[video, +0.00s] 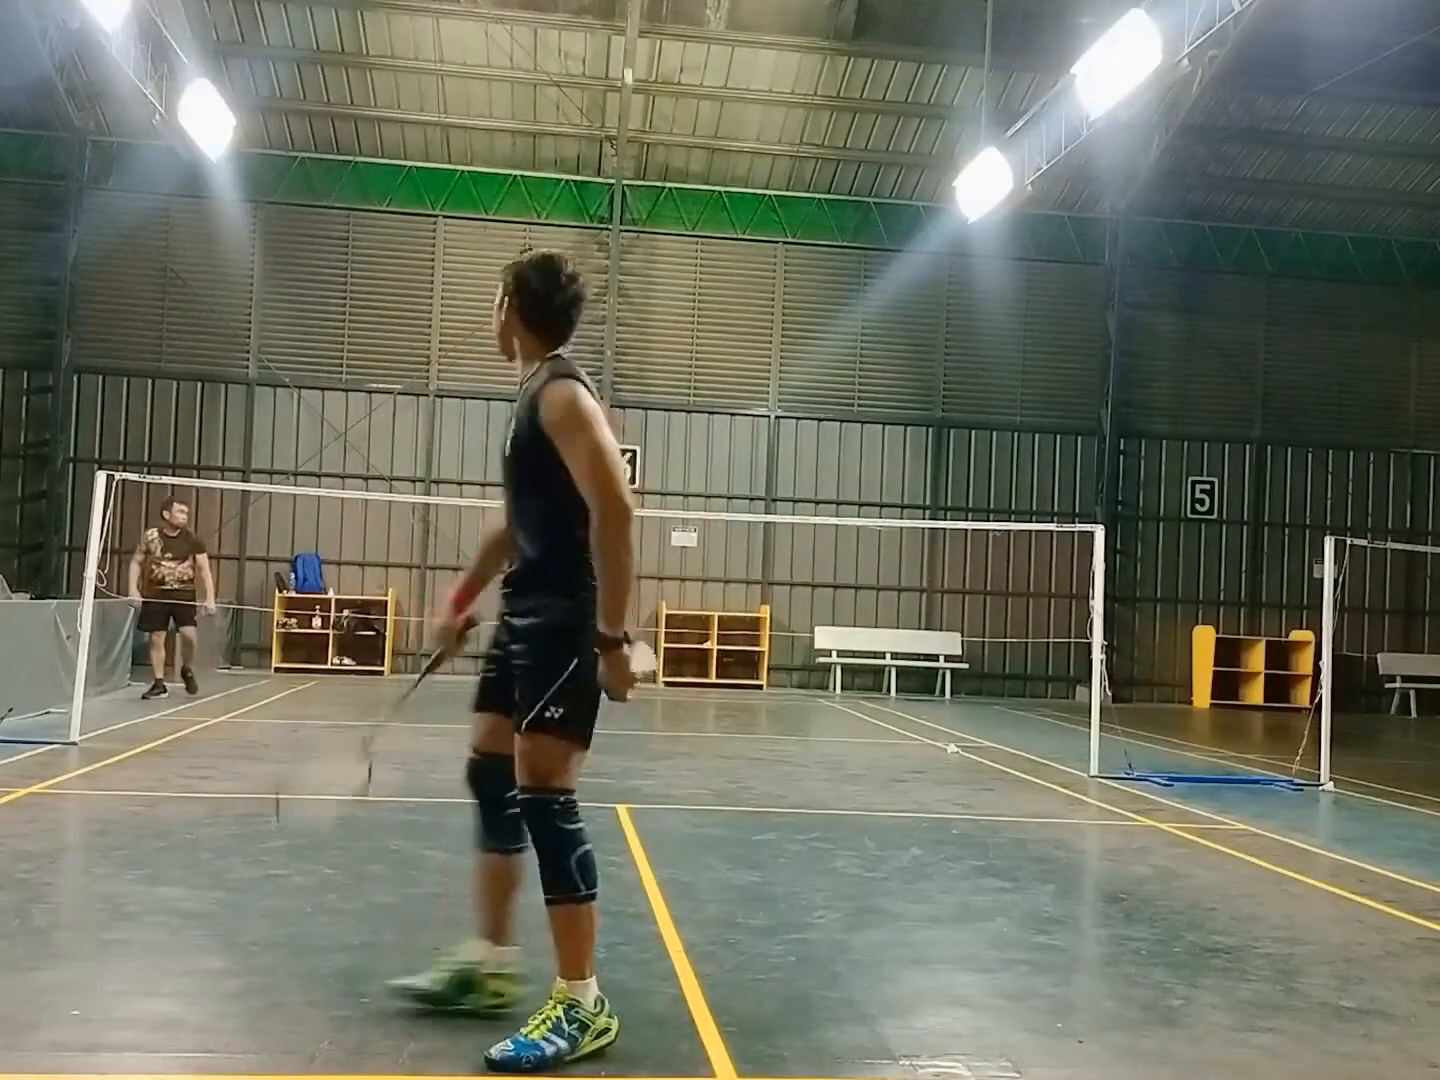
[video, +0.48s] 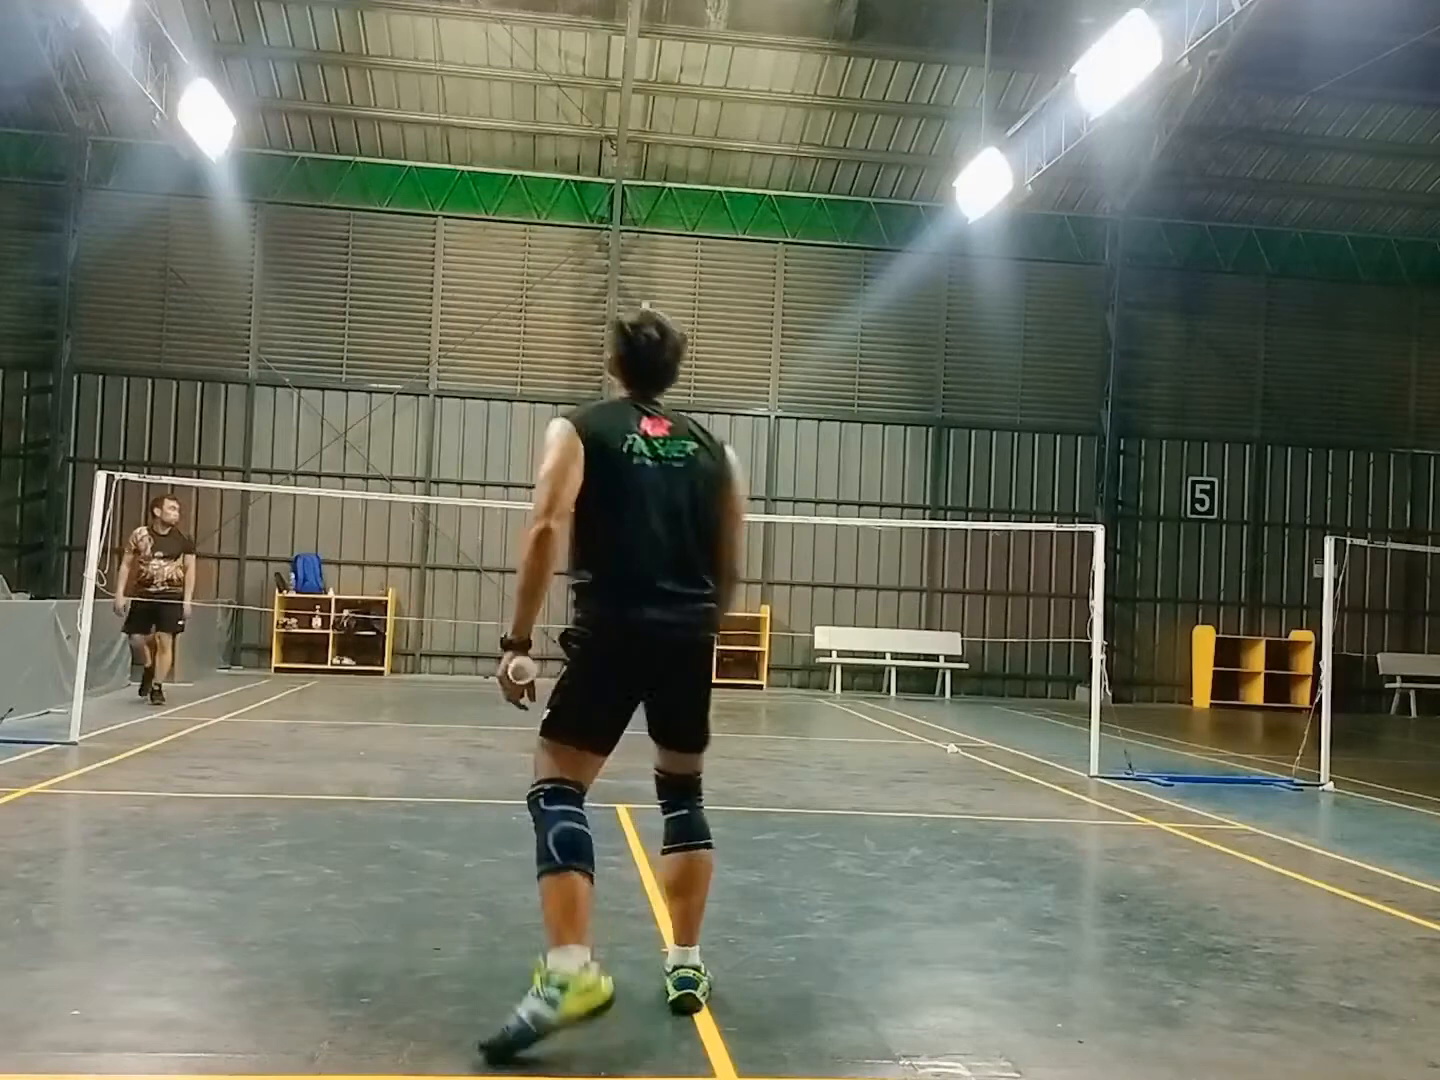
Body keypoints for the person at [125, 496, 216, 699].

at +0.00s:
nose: (184, 516)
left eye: (186, 513)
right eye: (180, 512)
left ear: (188, 516)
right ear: (166, 514)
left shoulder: (193, 542)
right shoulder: (151, 537)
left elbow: (204, 570)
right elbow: (136, 563)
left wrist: (210, 598)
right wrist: (133, 591)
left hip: (184, 595)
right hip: (156, 594)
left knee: (189, 635)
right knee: (157, 638)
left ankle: (187, 670)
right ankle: (159, 682)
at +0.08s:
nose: (181, 515)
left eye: (183, 512)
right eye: (177, 511)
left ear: (184, 515)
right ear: (163, 513)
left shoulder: (191, 542)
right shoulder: (148, 537)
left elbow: (203, 569)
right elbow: (132, 563)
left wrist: (207, 597)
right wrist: (128, 588)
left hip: (182, 597)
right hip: (154, 596)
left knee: (183, 636)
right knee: (156, 639)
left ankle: (180, 679)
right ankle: (159, 682)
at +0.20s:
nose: (176, 516)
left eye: (178, 512)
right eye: (171, 512)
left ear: (179, 516)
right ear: (157, 515)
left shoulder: (186, 541)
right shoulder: (143, 538)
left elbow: (197, 569)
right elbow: (127, 564)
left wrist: (198, 599)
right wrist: (121, 587)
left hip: (177, 597)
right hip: (151, 596)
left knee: (170, 639)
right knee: (155, 641)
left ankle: (165, 684)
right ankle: (158, 682)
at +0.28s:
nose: (175, 516)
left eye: (177, 513)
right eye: (170, 512)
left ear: (179, 516)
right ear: (157, 515)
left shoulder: (185, 542)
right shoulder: (142, 538)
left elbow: (194, 570)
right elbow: (126, 565)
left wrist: (194, 599)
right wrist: (119, 589)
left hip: (175, 597)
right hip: (150, 597)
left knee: (167, 639)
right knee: (153, 642)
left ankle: (160, 685)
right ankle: (156, 683)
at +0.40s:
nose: (176, 515)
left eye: (178, 512)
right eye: (172, 511)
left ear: (179, 515)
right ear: (157, 513)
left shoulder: (184, 541)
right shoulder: (141, 536)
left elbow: (191, 571)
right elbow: (126, 566)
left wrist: (189, 600)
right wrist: (119, 594)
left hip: (172, 598)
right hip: (146, 597)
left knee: (164, 640)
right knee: (150, 642)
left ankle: (158, 686)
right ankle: (151, 676)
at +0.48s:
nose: (176, 513)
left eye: (177, 510)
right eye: (171, 509)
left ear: (179, 514)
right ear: (156, 511)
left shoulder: (184, 541)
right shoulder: (140, 535)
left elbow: (190, 571)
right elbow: (126, 565)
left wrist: (187, 600)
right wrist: (120, 594)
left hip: (170, 599)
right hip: (142, 597)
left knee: (164, 640)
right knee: (136, 638)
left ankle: (158, 686)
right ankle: (148, 668)